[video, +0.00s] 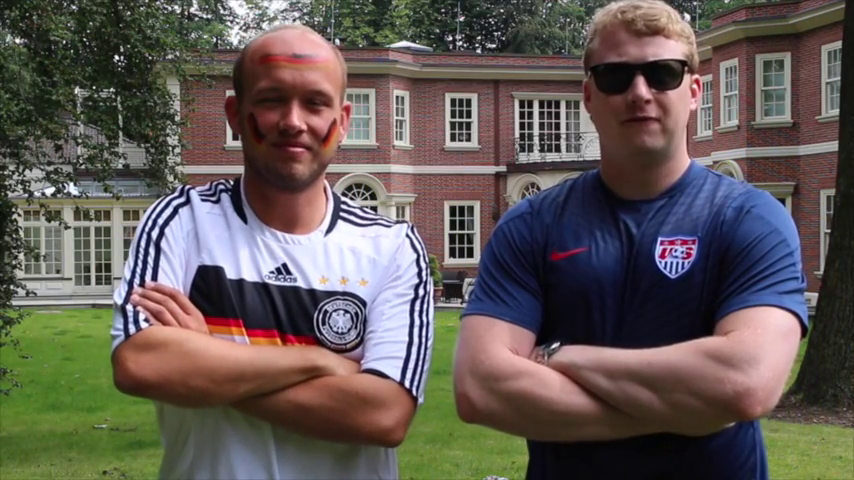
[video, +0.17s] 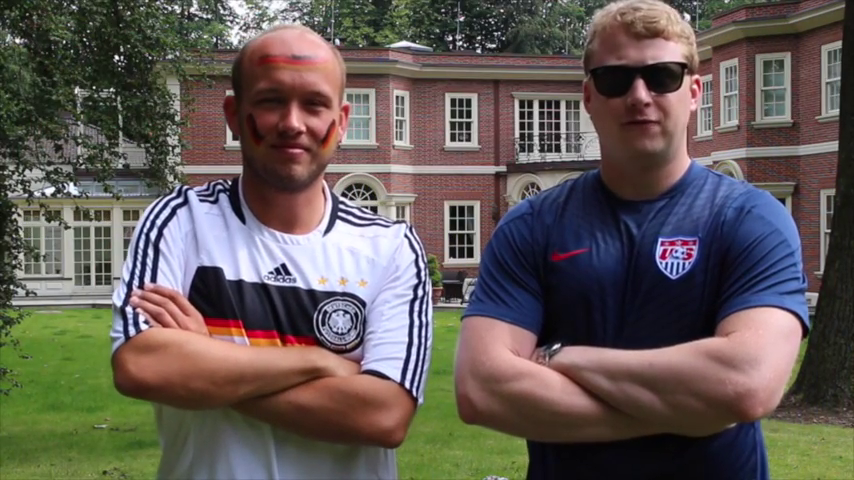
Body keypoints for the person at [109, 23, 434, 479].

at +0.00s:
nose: (294, 122)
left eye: (315, 103)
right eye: (272, 101)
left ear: (341, 121)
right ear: (235, 115)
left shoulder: (393, 247)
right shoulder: (179, 219)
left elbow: (386, 418)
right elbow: (136, 364)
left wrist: (210, 365)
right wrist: (320, 361)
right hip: (206, 473)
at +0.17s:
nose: (293, 124)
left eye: (315, 104)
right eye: (271, 102)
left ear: (340, 122)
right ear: (234, 115)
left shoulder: (392, 248)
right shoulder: (177, 220)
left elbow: (386, 419)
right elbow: (137, 367)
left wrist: (210, 367)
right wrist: (321, 362)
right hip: (204, 474)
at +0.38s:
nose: (292, 126)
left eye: (313, 107)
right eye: (270, 103)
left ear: (339, 122)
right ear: (233, 114)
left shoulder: (390, 248)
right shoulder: (176, 220)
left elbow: (386, 418)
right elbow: (137, 366)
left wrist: (209, 366)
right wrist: (322, 361)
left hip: (345, 476)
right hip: (204, 475)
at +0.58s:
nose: (291, 126)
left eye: (313, 107)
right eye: (270, 103)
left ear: (339, 122)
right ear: (233, 114)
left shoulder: (389, 247)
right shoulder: (175, 221)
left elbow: (386, 418)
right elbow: (137, 368)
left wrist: (210, 367)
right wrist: (321, 361)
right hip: (203, 474)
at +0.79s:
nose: (291, 126)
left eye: (313, 107)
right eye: (269, 103)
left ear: (339, 122)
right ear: (232, 115)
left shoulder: (389, 247)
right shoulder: (175, 221)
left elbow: (385, 418)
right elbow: (137, 369)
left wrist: (210, 368)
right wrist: (321, 361)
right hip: (203, 474)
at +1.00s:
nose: (293, 125)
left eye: (315, 106)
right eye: (272, 103)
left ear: (340, 122)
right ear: (234, 115)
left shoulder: (389, 247)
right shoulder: (175, 221)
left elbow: (386, 417)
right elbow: (139, 367)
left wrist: (210, 366)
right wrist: (322, 361)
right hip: (203, 474)